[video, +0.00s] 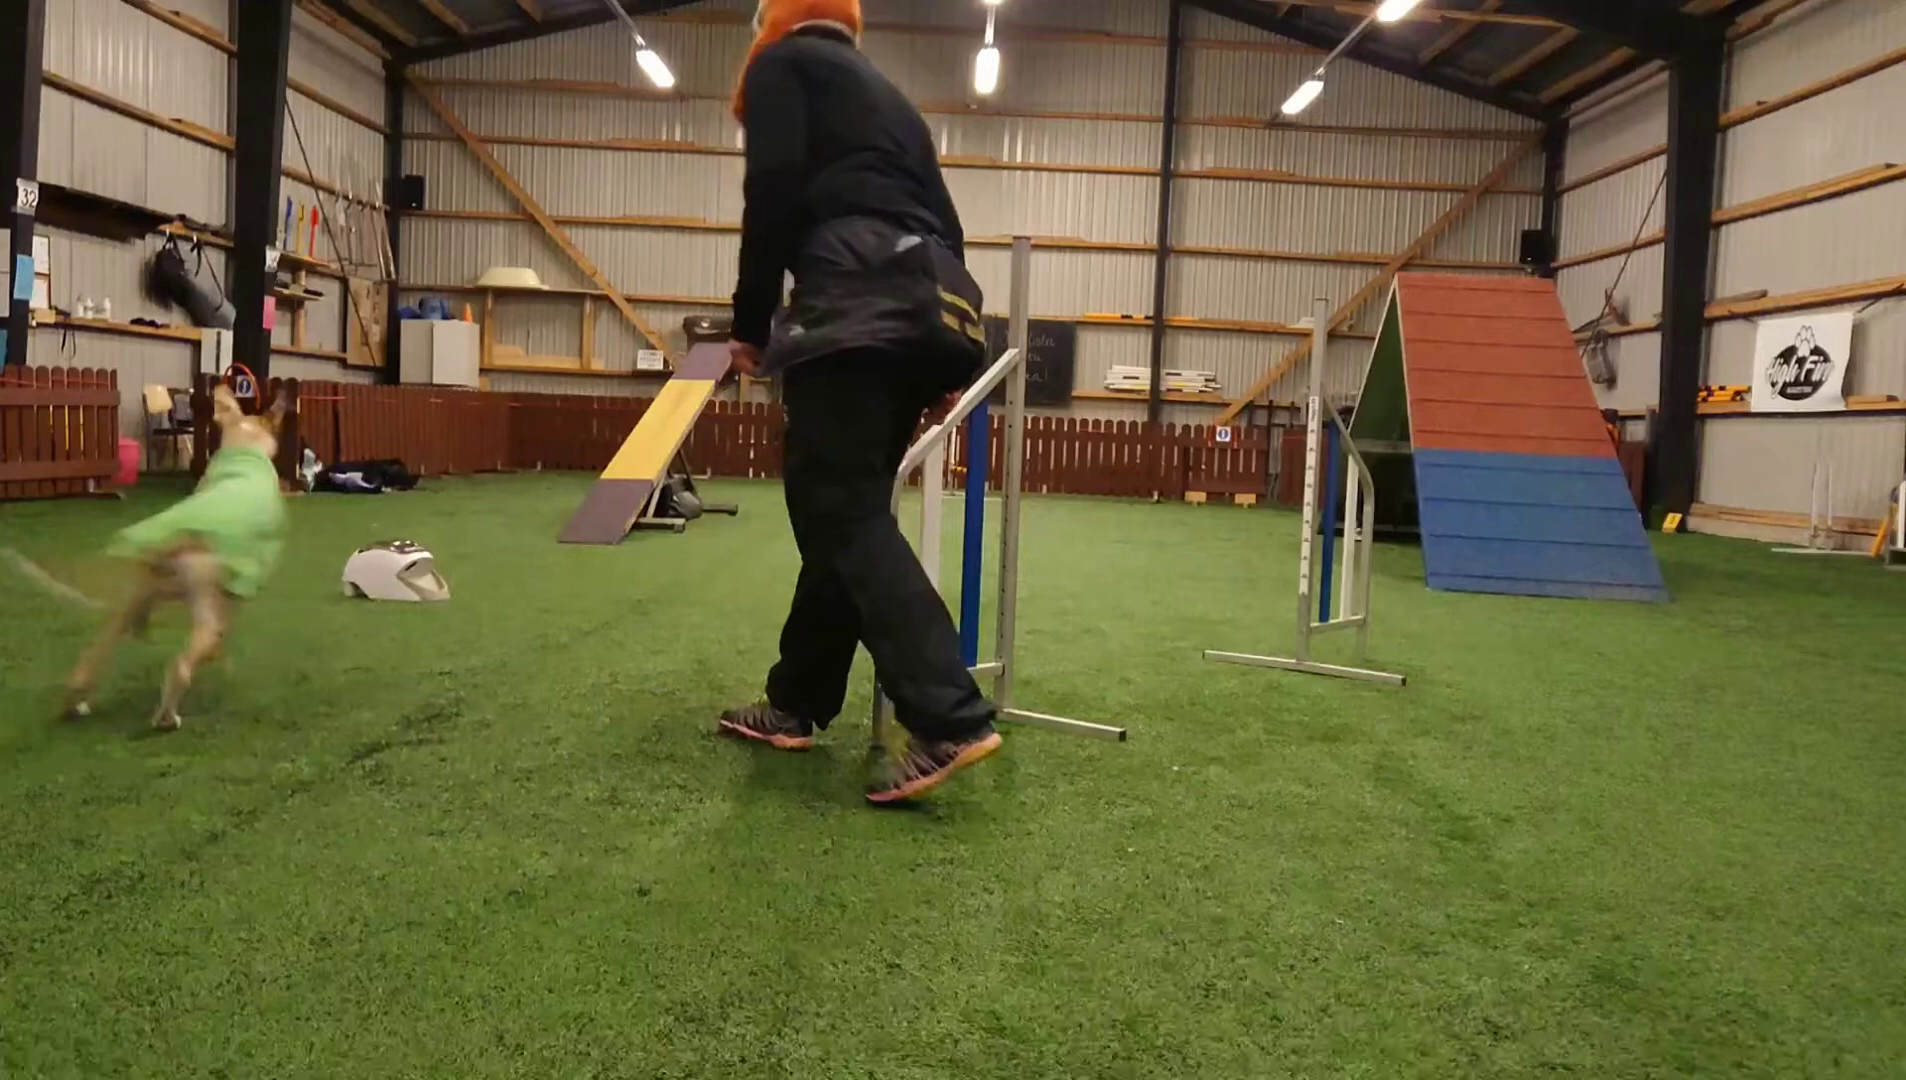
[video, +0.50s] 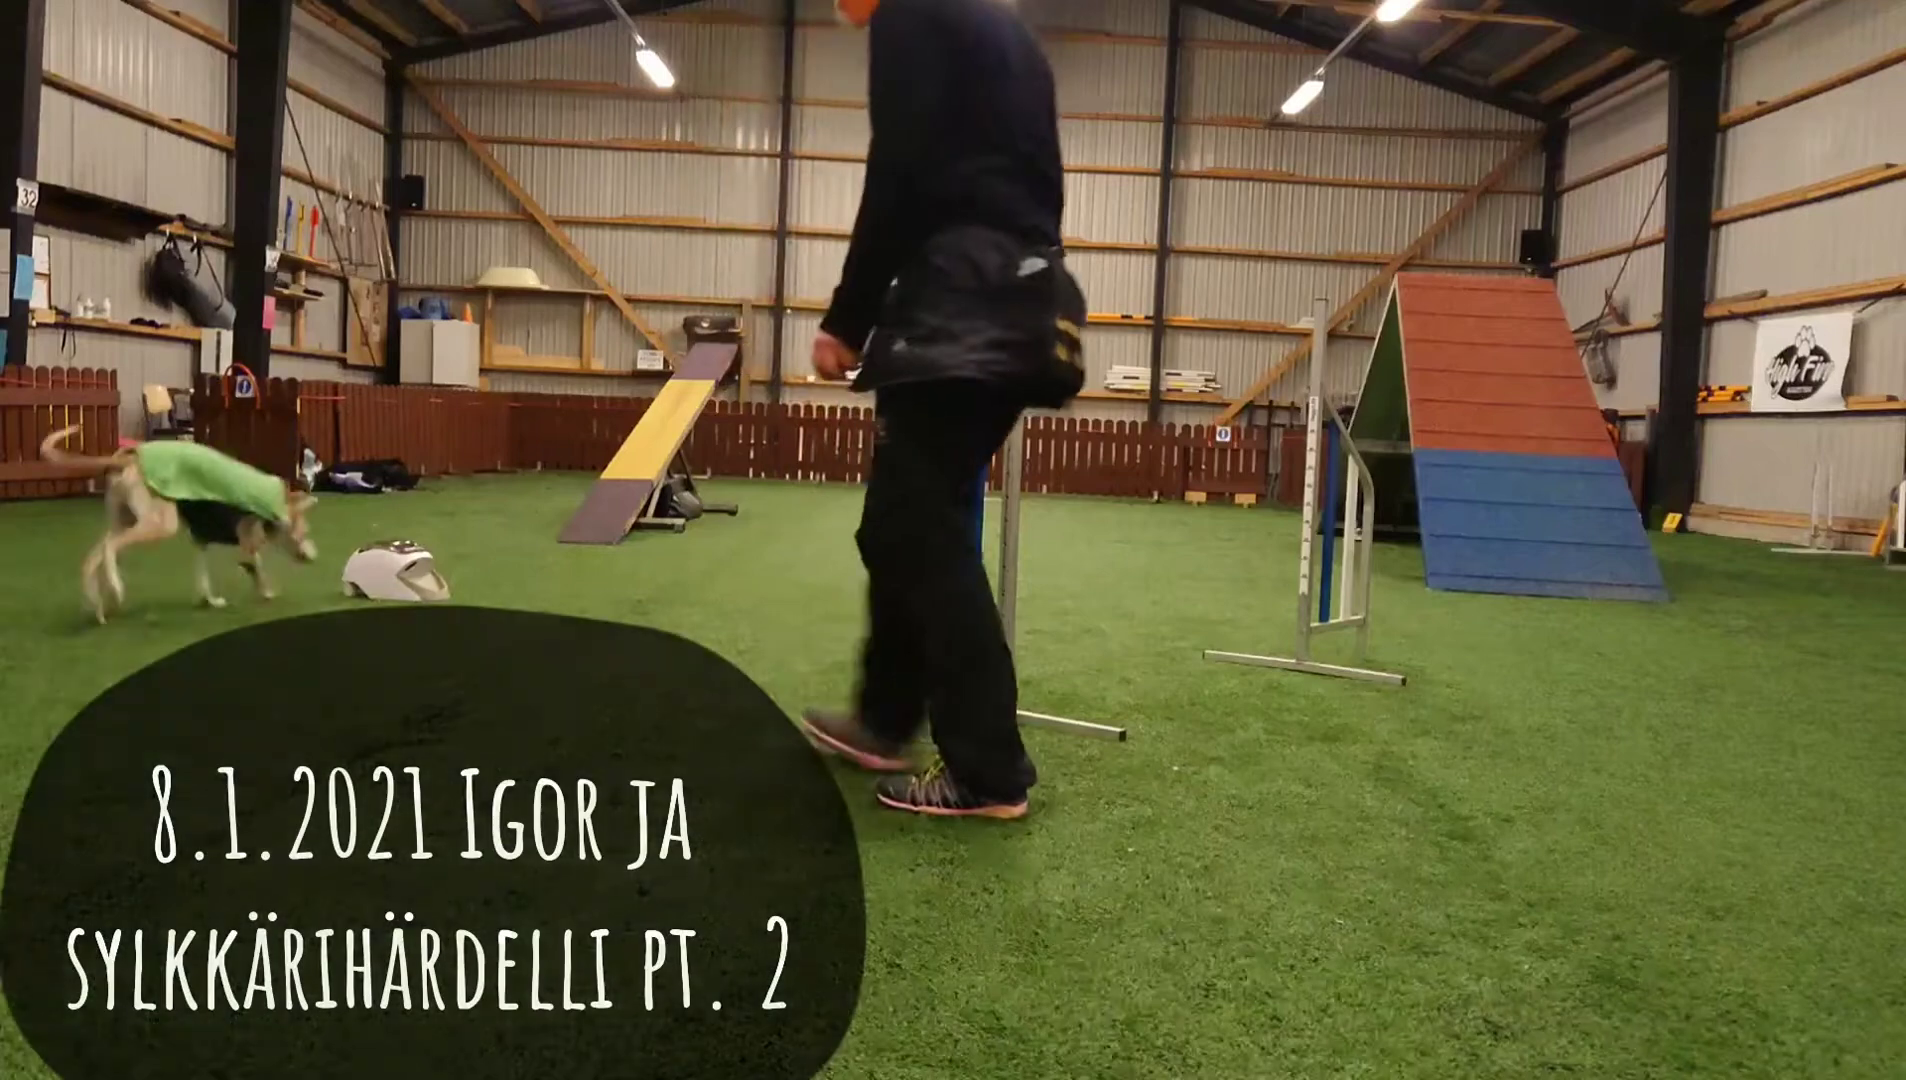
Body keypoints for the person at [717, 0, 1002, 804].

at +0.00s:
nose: (744, 103)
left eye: (755, 50)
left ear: (776, 26)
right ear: (844, 31)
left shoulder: (779, 65)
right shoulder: (894, 102)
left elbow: (774, 190)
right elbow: (943, 228)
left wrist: (748, 327)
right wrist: (951, 360)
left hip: (850, 309)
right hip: (935, 318)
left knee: (842, 514)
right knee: (843, 514)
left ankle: (952, 722)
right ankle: (796, 708)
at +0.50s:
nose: (847, 7)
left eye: (850, 2)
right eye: (849, 5)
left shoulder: (909, 19)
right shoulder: (1013, 35)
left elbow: (900, 175)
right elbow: (1036, 195)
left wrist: (845, 319)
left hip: (947, 318)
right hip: (1013, 321)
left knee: (927, 542)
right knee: (898, 528)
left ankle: (991, 777)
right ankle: (883, 725)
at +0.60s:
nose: (871, 1)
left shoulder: (929, 12)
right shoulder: (1029, 26)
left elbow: (919, 166)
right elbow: (1054, 186)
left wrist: (862, 313)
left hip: (976, 317)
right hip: (1037, 316)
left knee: (927, 528)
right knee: (940, 525)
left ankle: (988, 775)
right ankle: (984, 756)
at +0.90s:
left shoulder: (994, 13)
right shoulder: (1073, 22)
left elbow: (1008, 148)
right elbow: (1084, 162)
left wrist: (991, 302)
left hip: (1022, 329)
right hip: (1097, 324)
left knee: (970, 551)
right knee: (1077, 548)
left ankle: (987, 774)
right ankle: (1103, 776)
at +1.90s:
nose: (902, 32)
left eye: (903, 19)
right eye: (897, 26)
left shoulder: (972, 7)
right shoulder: (1073, 24)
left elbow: (1018, 132)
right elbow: (1070, 207)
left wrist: (991, 320)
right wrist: (958, 334)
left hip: (1141, 293)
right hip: (1238, 288)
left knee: (1059, 563)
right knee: (1164, 552)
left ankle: (1096, 846)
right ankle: (1154, 802)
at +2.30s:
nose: (993, 143)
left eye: (990, 109)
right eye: (989, 127)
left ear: (1015, 36)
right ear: (1089, 27)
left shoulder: (1028, 51)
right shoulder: (1166, 81)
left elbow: (1056, 163)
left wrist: (1037, 349)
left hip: (1198, 297)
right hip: (1334, 296)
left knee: (1135, 588)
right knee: (1293, 581)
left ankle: (1104, 847)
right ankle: (1271, 828)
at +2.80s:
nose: (1031, 43)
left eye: (1033, 34)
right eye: (1036, 35)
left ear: (1057, 31)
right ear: (1128, 34)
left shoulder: (1051, 66)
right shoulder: (1179, 85)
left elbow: (1051, 191)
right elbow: (1221, 240)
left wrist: (1009, 346)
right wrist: (1189, 420)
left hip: (1158, 304)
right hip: (1281, 311)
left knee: (1062, 557)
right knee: (1264, 574)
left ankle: (997, 792)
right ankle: (1270, 826)